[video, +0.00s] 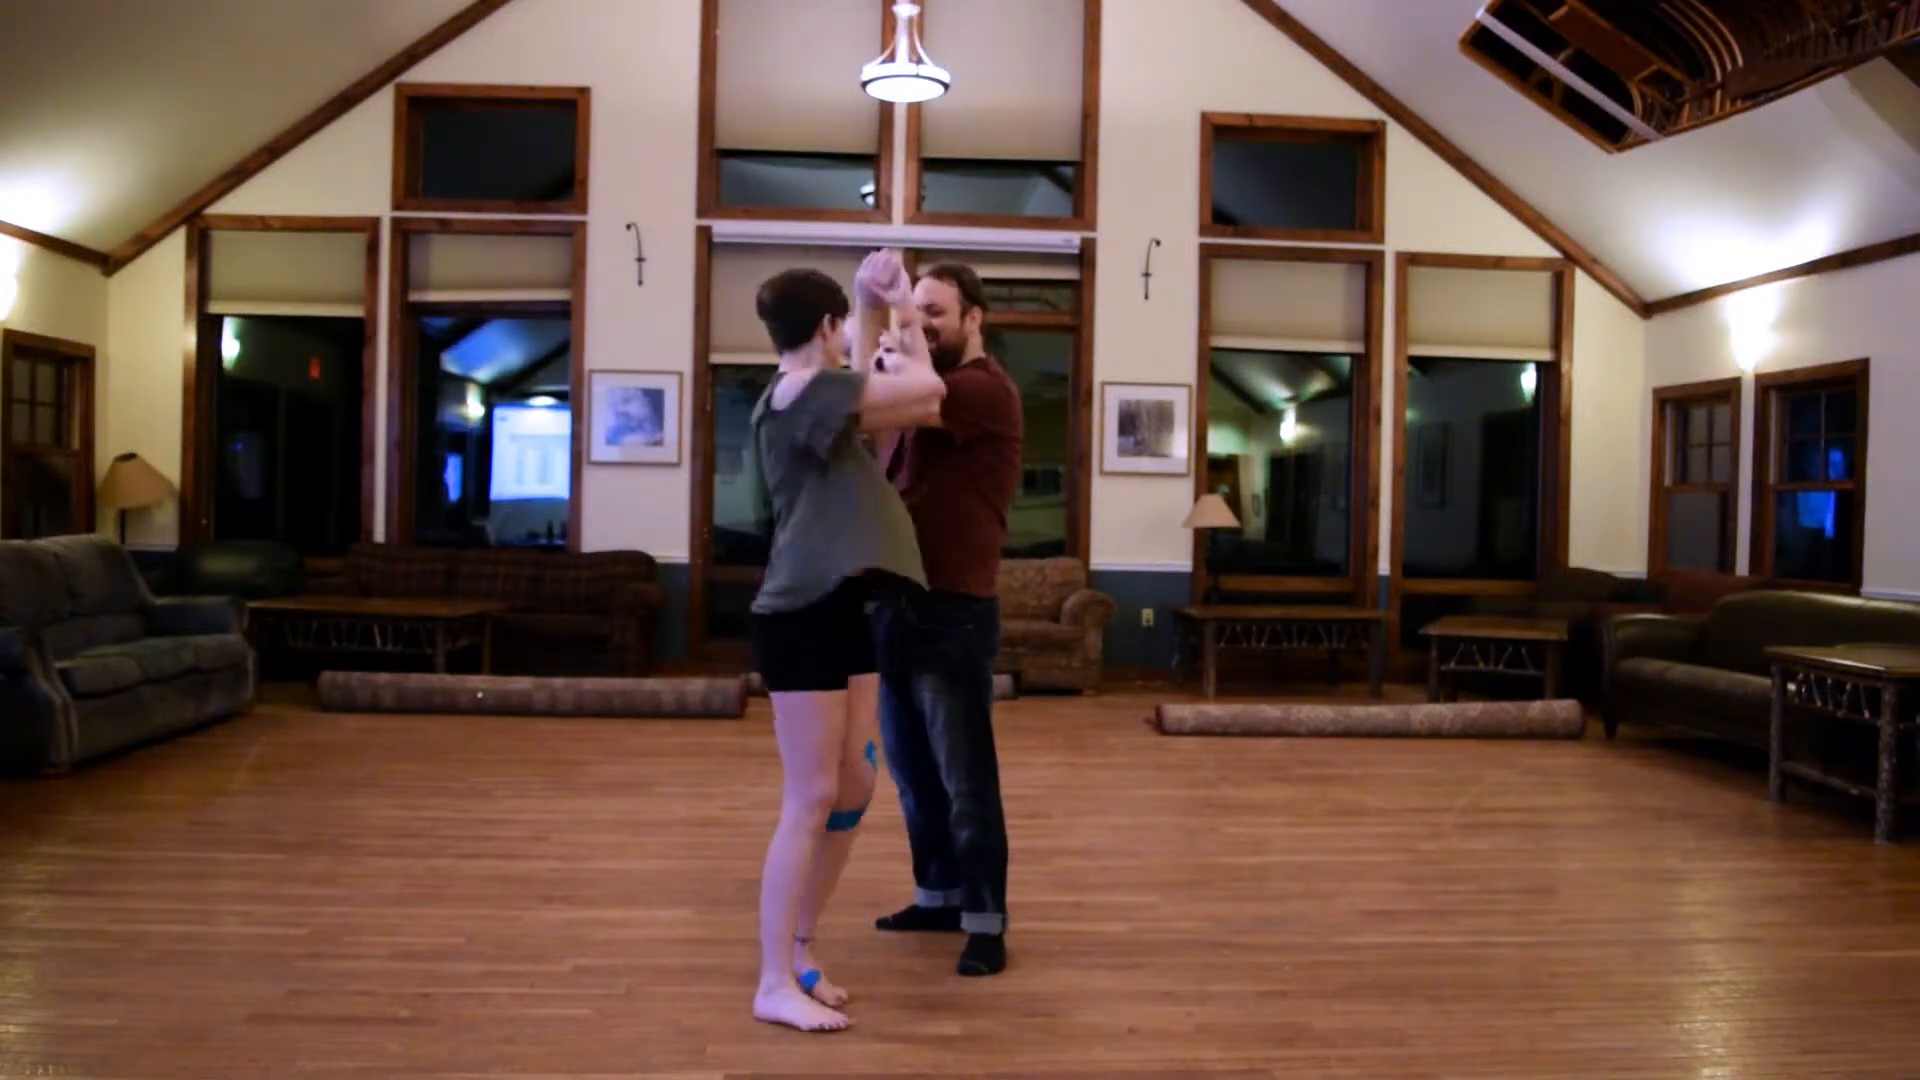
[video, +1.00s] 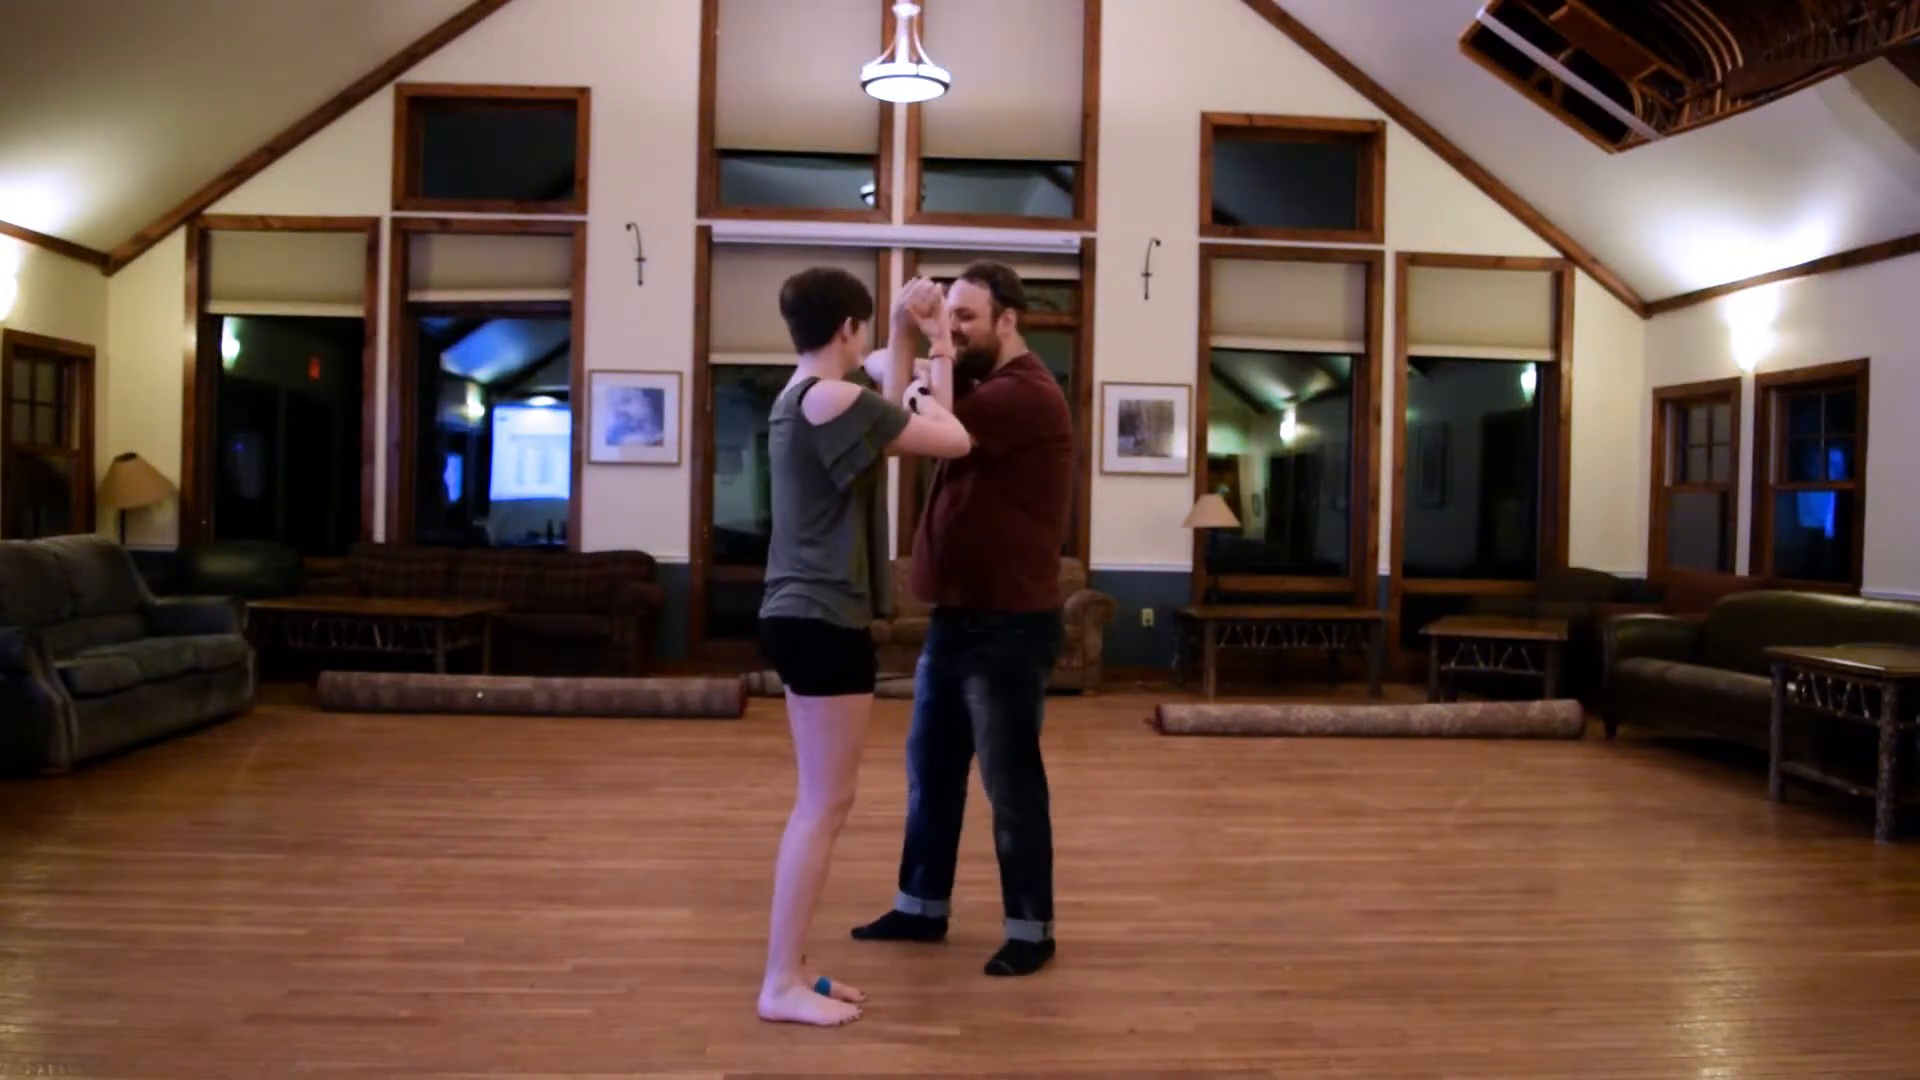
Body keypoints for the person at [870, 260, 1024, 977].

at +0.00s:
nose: (919, 323)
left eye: (935, 312)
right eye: (915, 311)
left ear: (972, 319)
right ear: (911, 317)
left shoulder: (989, 386)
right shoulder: (920, 385)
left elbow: (901, 406)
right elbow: (866, 417)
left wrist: (892, 320)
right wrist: (877, 328)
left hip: (956, 598)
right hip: (900, 592)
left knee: (963, 769)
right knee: (914, 764)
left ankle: (985, 920)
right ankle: (939, 898)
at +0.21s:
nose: (918, 323)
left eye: (933, 312)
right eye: (913, 312)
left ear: (971, 319)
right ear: (909, 319)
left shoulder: (987, 386)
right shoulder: (927, 381)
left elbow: (898, 423)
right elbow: (866, 408)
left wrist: (893, 341)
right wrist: (873, 332)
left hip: (960, 603)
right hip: (904, 598)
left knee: (962, 767)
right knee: (914, 763)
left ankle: (985, 919)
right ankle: (939, 899)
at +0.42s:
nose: (908, 326)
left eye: (923, 313)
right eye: (903, 313)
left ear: (962, 319)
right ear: (904, 318)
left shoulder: (980, 387)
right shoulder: (920, 382)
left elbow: (899, 437)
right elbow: (856, 414)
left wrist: (897, 353)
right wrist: (865, 337)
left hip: (967, 606)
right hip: (906, 604)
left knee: (970, 769)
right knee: (896, 755)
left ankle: (985, 922)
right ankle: (915, 906)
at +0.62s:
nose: (909, 330)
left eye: (924, 316)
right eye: (904, 317)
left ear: (963, 321)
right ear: (904, 322)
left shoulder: (983, 393)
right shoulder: (920, 388)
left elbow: (902, 442)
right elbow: (868, 434)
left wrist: (904, 360)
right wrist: (868, 341)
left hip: (963, 613)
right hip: (902, 611)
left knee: (966, 775)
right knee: (903, 767)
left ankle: (984, 923)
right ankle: (916, 908)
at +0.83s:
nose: (928, 329)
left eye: (944, 317)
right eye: (924, 317)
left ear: (984, 323)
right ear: (924, 323)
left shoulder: (1002, 394)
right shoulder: (941, 387)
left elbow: (916, 434)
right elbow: (883, 423)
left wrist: (922, 358)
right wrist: (882, 337)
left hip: (977, 618)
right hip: (918, 614)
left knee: (984, 772)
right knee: (909, 765)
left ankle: (1026, 923)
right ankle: (918, 908)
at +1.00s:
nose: (952, 329)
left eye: (967, 316)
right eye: (948, 316)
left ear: (1007, 322)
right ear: (955, 326)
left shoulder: (1029, 392)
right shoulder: (972, 385)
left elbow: (935, 428)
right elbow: (902, 411)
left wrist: (939, 349)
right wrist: (904, 329)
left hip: (1013, 620)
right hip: (956, 615)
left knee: (1010, 779)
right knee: (933, 766)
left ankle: (1030, 930)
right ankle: (921, 910)